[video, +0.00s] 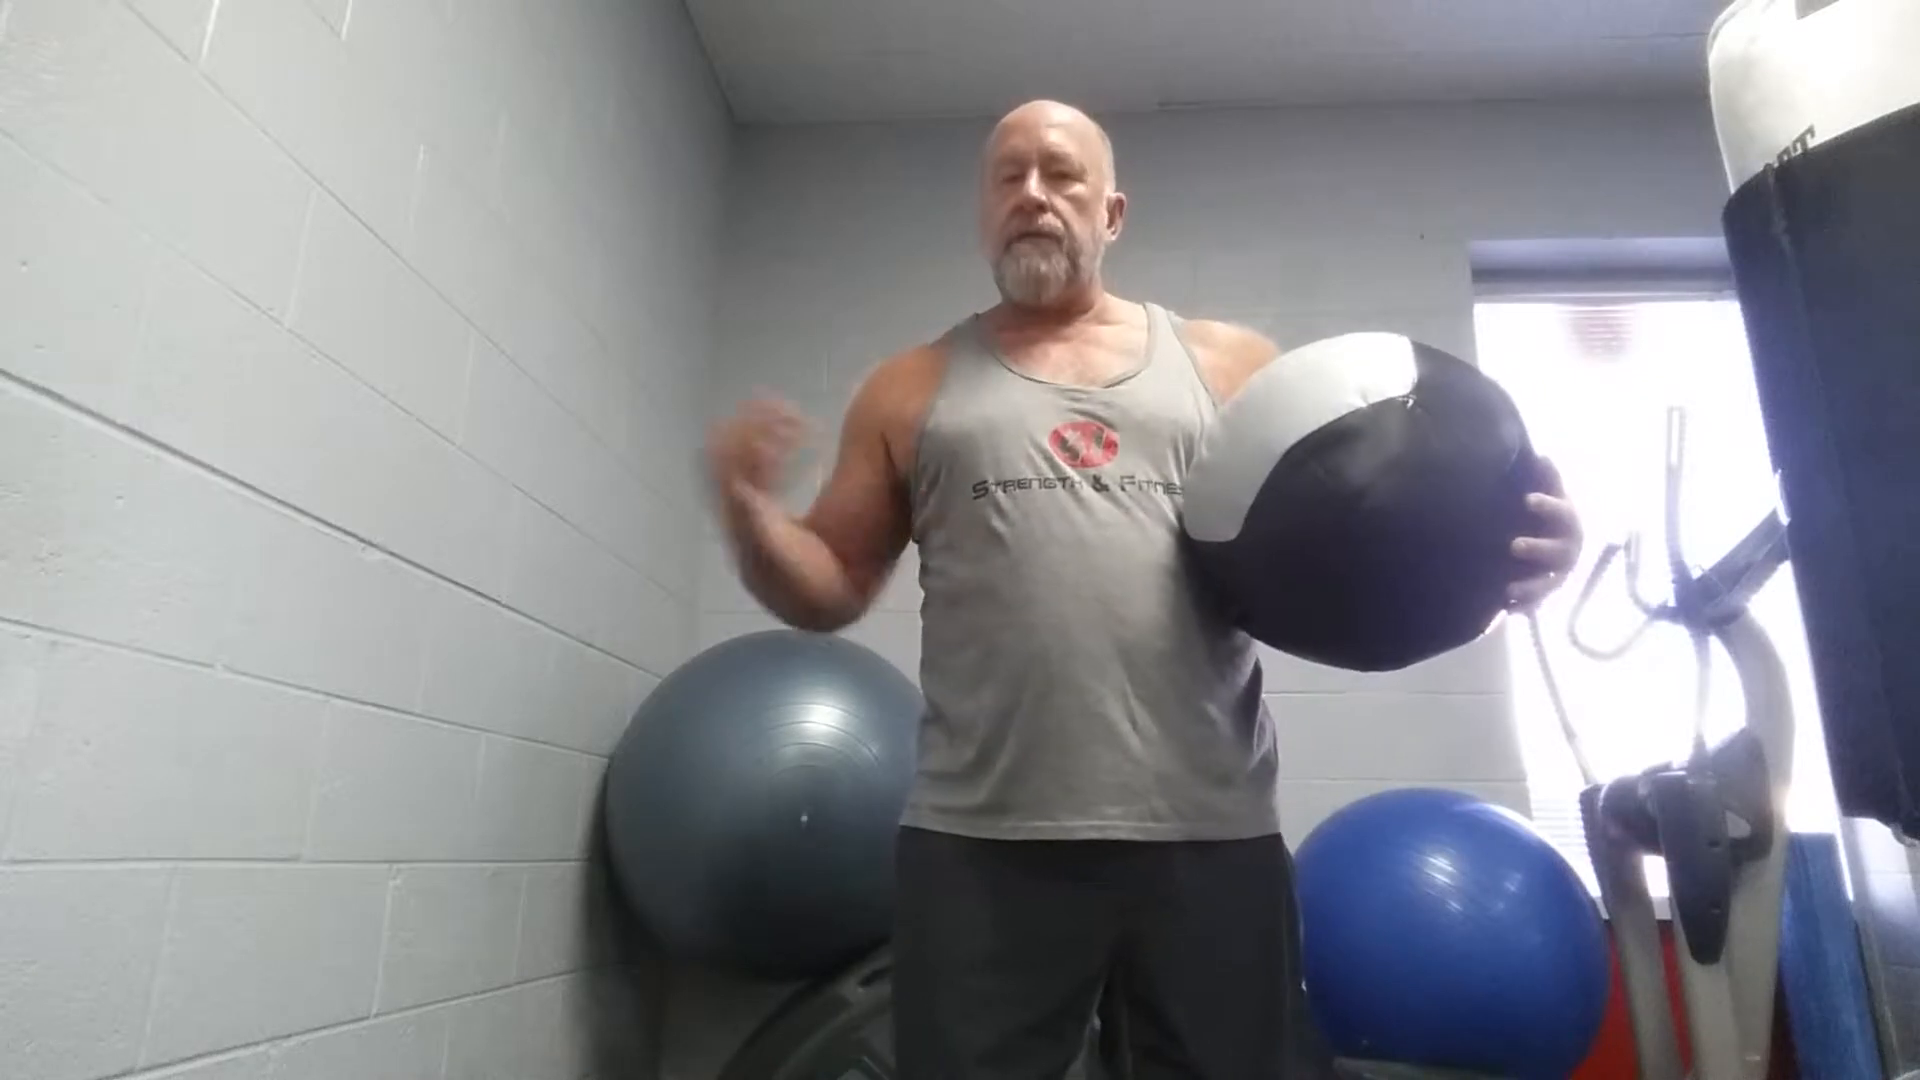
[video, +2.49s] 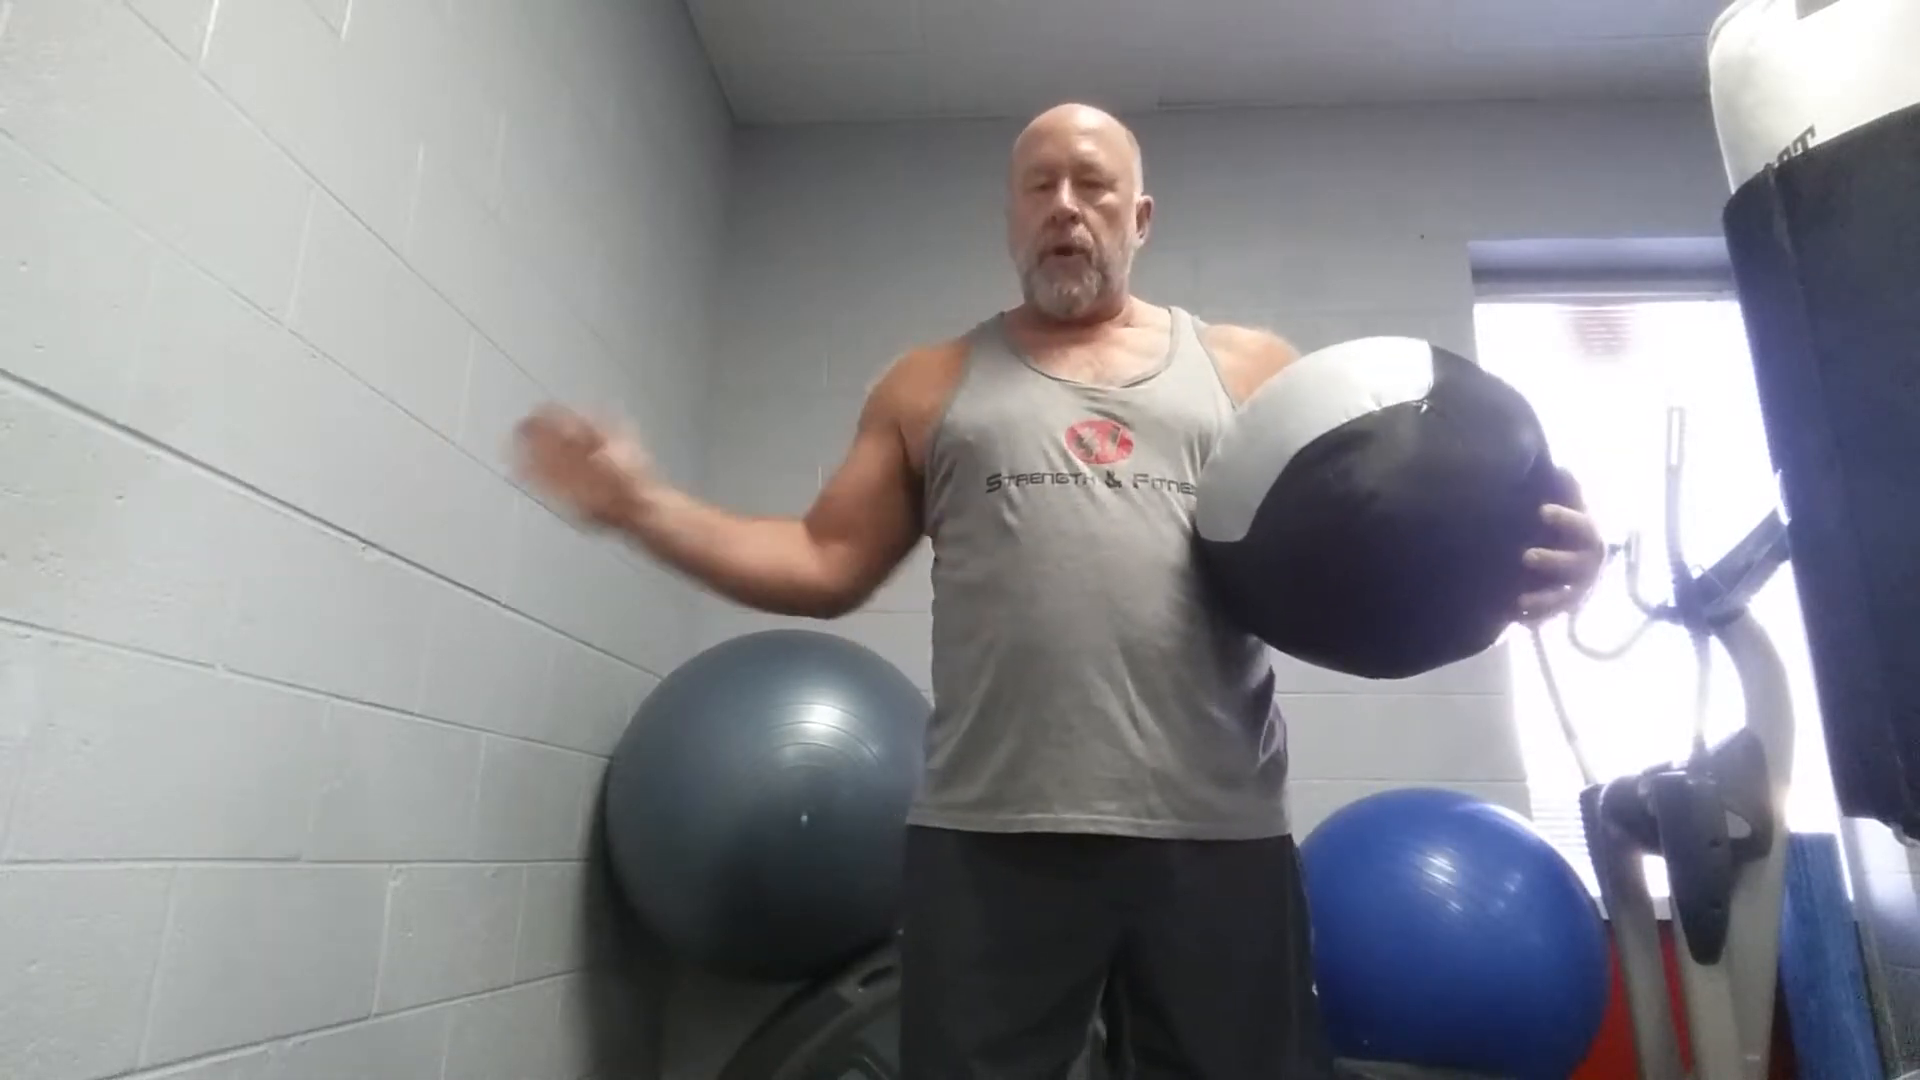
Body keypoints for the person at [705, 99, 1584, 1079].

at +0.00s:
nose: (1033, 193)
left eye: (1062, 174)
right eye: (1009, 176)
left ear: (1114, 213)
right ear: (978, 214)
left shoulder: (1228, 362)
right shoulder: (908, 390)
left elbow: (1369, 527)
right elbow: (828, 590)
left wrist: (1518, 548)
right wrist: (749, 510)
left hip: (1209, 839)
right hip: (984, 843)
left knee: (1239, 1068)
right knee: (970, 1067)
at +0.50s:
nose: (1052, 203)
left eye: (1083, 183)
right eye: (1032, 180)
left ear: (1136, 213)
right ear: (999, 207)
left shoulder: (1237, 370)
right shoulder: (922, 385)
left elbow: (1381, 521)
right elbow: (795, 547)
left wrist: (1529, 556)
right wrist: (597, 508)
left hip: (1202, 843)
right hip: (979, 846)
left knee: (1239, 1074)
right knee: (959, 1072)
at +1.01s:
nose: (1062, 206)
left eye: (1091, 186)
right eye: (1040, 183)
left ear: (1140, 217)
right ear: (1002, 212)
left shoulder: (1237, 372)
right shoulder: (923, 387)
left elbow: (1377, 523)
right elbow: (798, 549)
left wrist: (1524, 556)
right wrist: (601, 512)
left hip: (1204, 840)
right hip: (981, 844)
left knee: (1237, 1078)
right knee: (963, 1076)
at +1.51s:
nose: (1063, 200)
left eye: (1091, 180)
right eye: (1038, 177)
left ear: (1132, 218)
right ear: (999, 208)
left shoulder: (1234, 366)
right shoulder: (918, 374)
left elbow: (1376, 518)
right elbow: (848, 599)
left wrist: (1524, 554)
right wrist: (886, 540)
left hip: (1202, 832)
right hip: (978, 830)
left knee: (1231, 1072)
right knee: (962, 1072)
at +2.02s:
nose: (1065, 197)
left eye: (1095, 178)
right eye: (1041, 175)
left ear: (1137, 217)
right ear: (1003, 209)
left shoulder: (1235, 370)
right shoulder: (916, 377)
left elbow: (1370, 536)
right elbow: (832, 590)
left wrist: (1515, 570)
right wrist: (881, 578)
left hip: (1204, 836)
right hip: (976, 834)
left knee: (1229, 1072)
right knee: (961, 1070)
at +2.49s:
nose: (1066, 205)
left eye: (1094, 183)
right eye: (1042, 184)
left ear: (1144, 210)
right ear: (1007, 213)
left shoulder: (1246, 365)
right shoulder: (932, 382)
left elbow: (1387, 521)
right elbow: (822, 564)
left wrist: (1538, 559)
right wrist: (642, 505)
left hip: (1215, 839)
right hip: (988, 840)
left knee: (1253, 1074)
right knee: (970, 1076)